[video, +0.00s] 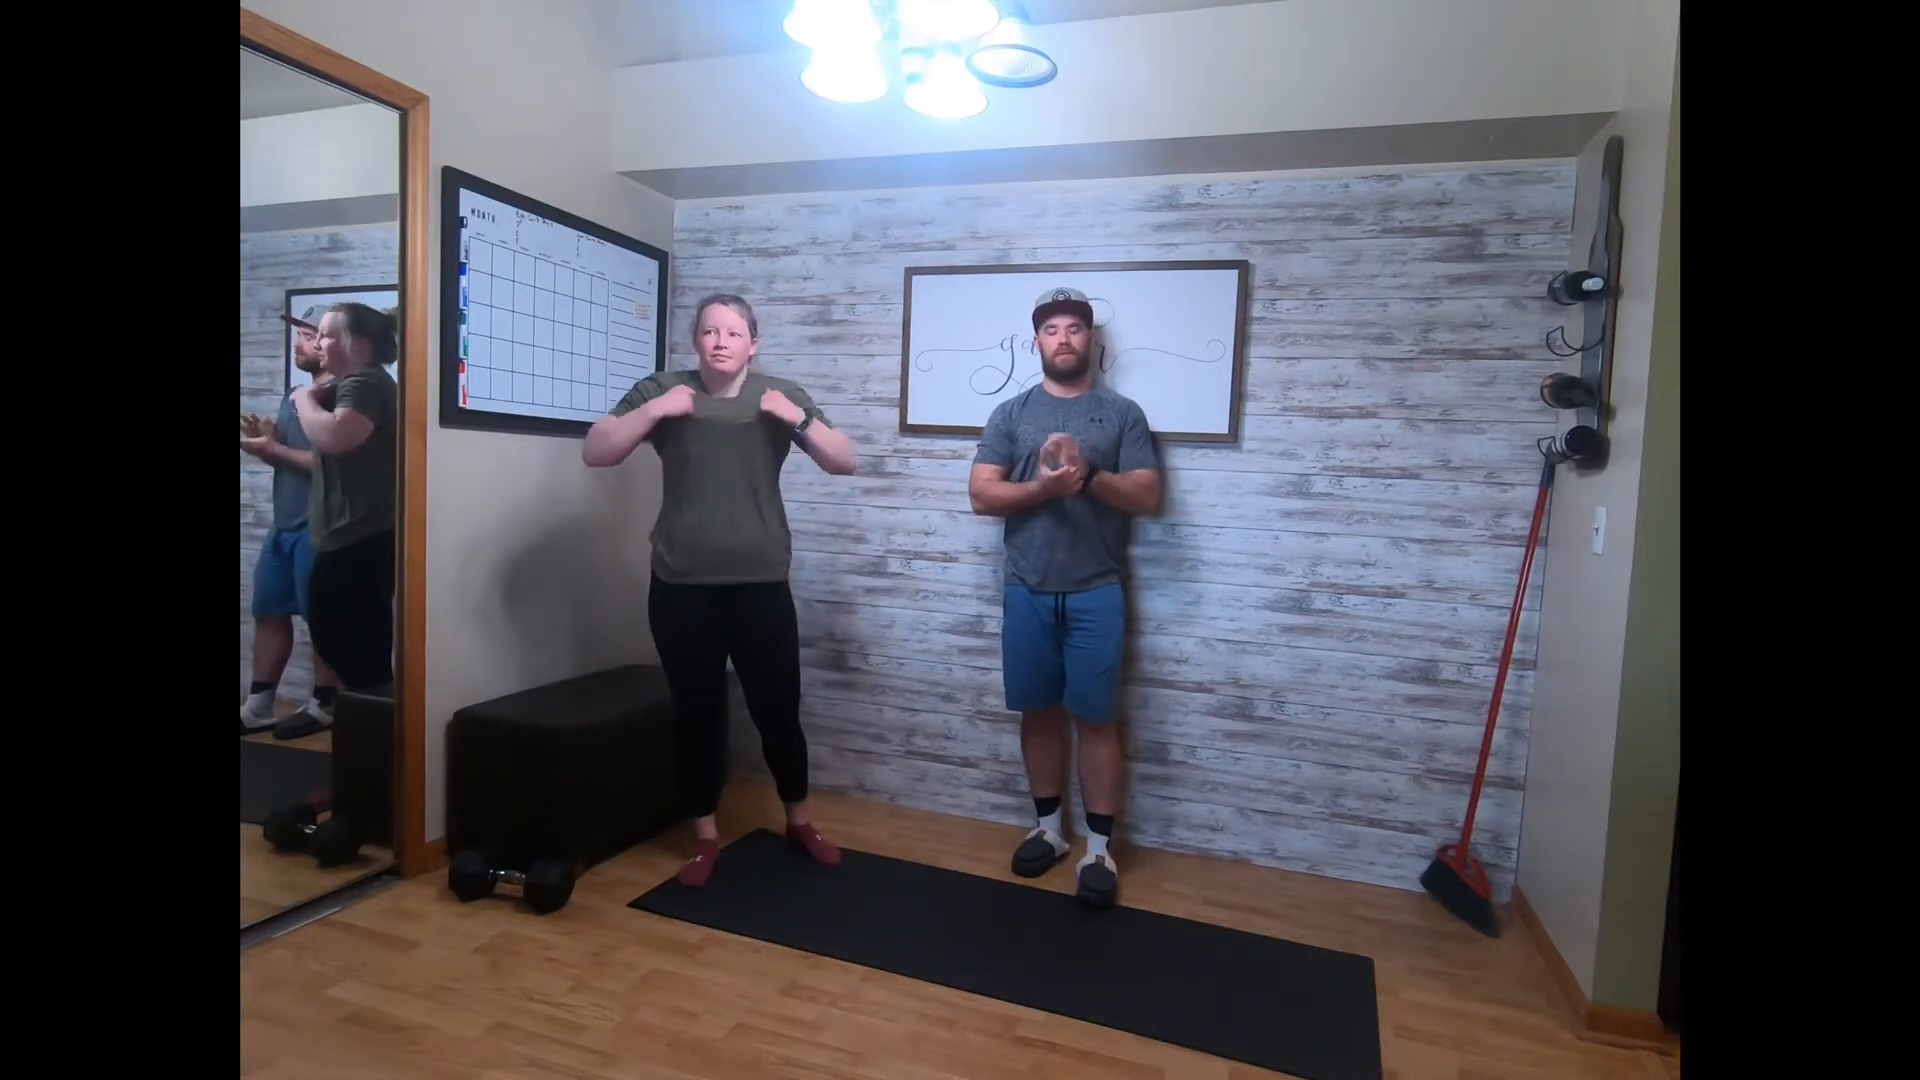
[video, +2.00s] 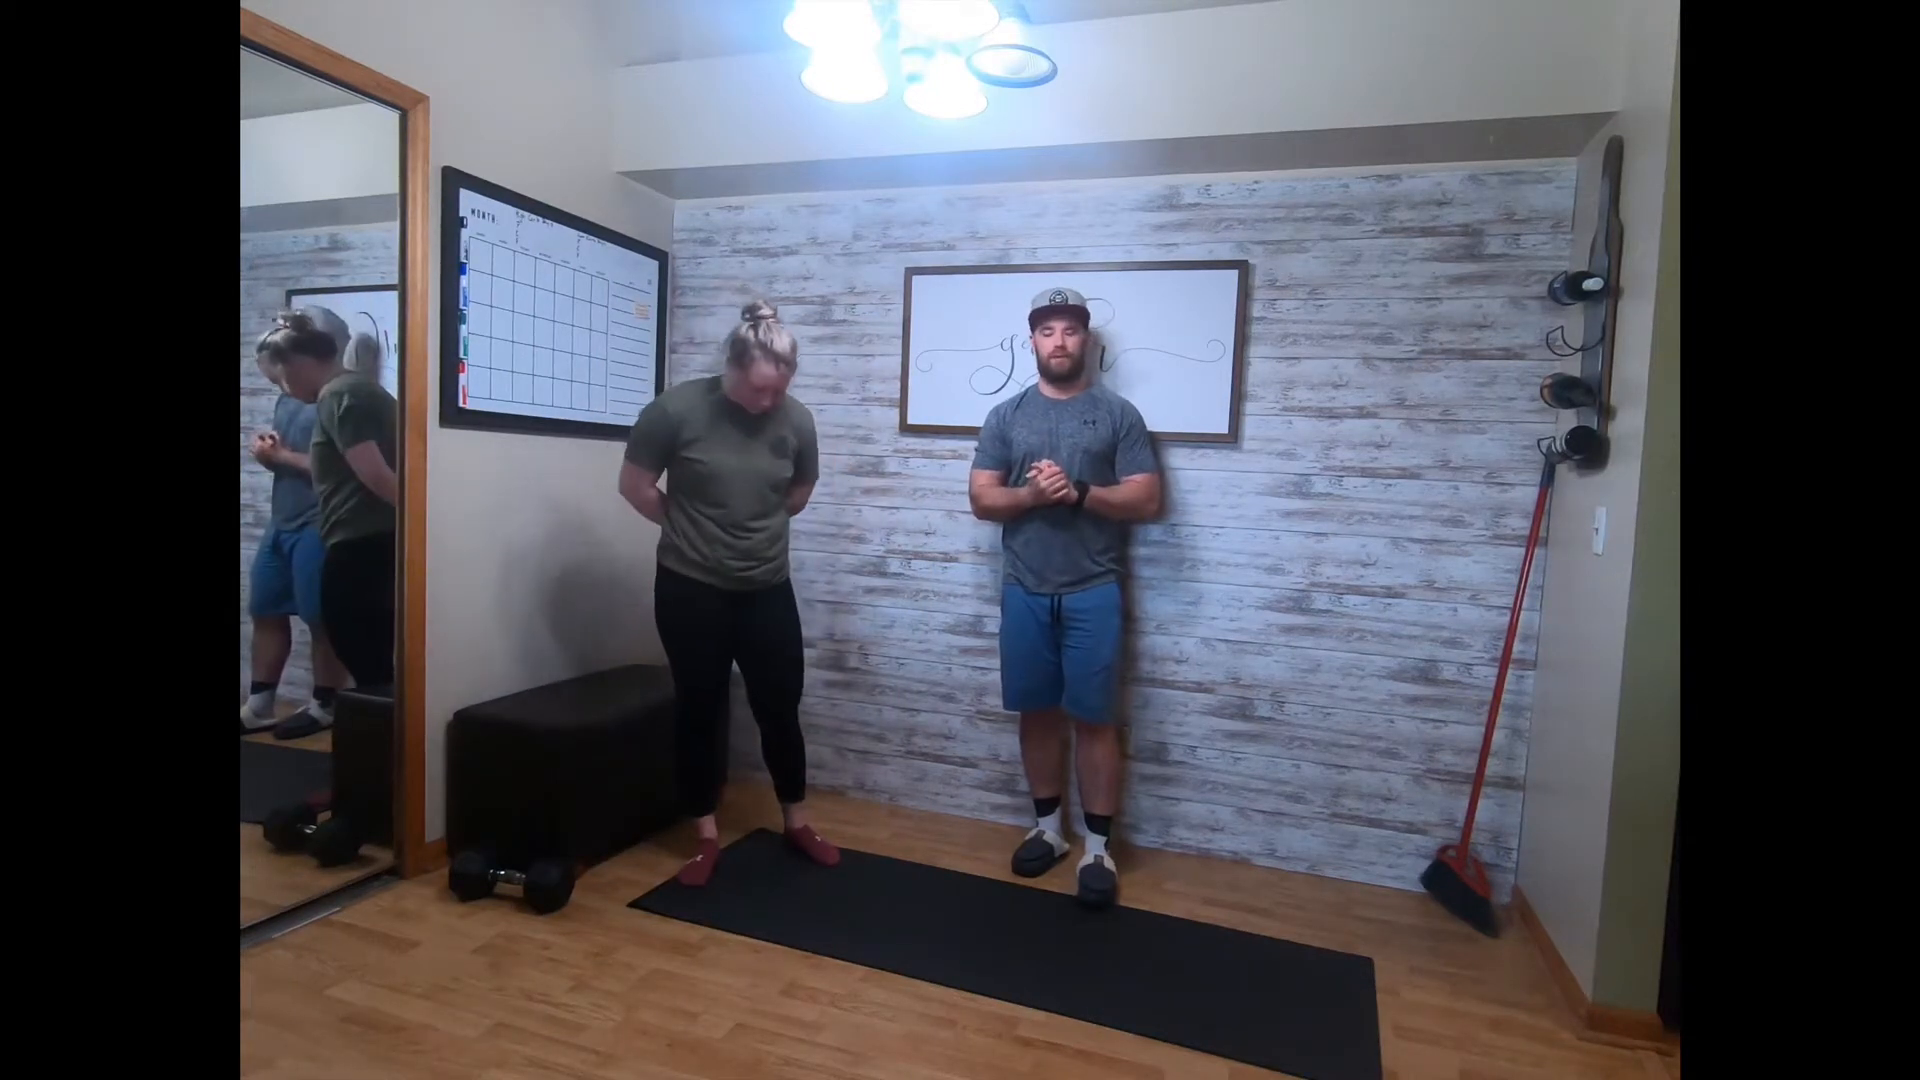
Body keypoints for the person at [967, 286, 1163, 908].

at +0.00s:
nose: (1063, 337)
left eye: (1075, 329)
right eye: (1052, 330)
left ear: (1092, 340)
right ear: (1037, 342)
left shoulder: (1122, 414)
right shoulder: (1011, 414)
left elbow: (1147, 497)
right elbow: (983, 494)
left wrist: (1088, 478)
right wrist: (1044, 485)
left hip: (1096, 584)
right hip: (1027, 584)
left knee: (1095, 715)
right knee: (1037, 710)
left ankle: (1099, 850)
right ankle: (1049, 830)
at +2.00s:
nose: (1059, 339)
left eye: (1071, 330)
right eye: (1047, 330)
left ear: (1088, 341)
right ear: (1033, 342)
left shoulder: (1116, 414)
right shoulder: (1006, 417)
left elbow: (1148, 500)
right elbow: (982, 499)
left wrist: (1077, 490)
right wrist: (1034, 493)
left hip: (1093, 584)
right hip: (1024, 585)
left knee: (1092, 715)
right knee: (1036, 710)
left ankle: (1097, 849)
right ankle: (1048, 830)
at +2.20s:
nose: (1057, 340)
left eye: (1067, 330)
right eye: (1045, 332)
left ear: (1086, 340)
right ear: (1031, 345)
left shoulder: (1119, 414)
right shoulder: (1008, 417)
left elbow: (1154, 499)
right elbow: (985, 498)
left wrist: (1087, 490)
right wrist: (1038, 496)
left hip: (1095, 584)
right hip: (1027, 585)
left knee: (1094, 715)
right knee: (1038, 710)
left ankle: (1097, 850)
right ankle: (1049, 829)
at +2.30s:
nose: (1058, 339)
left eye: (1069, 329)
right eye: (1046, 332)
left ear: (1087, 339)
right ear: (1033, 345)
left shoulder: (1120, 414)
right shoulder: (1010, 416)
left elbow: (1159, 498)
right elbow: (985, 496)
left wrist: (1097, 490)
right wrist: (1042, 498)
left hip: (1096, 584)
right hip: (1027, 585)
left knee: (1094, 715)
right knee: (1038, 709)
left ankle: (1097, 850)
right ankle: (1048, 830)